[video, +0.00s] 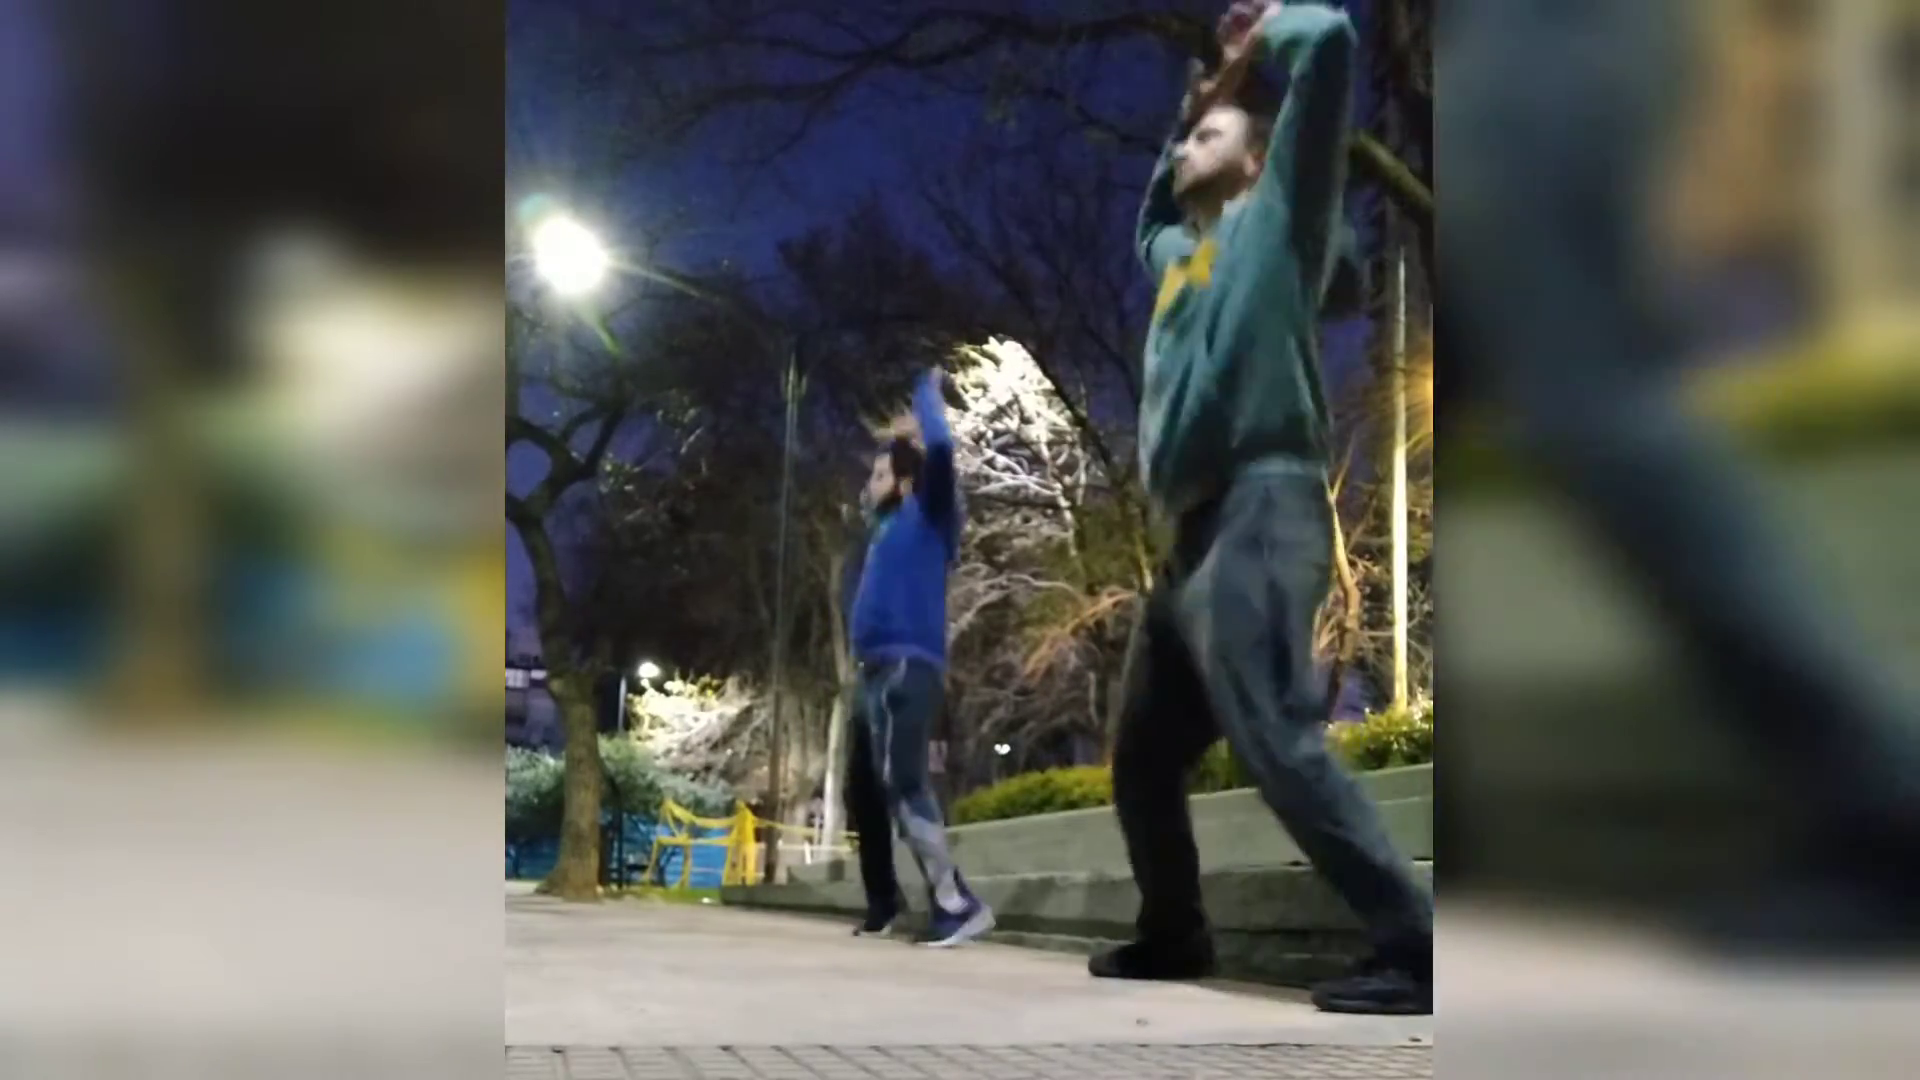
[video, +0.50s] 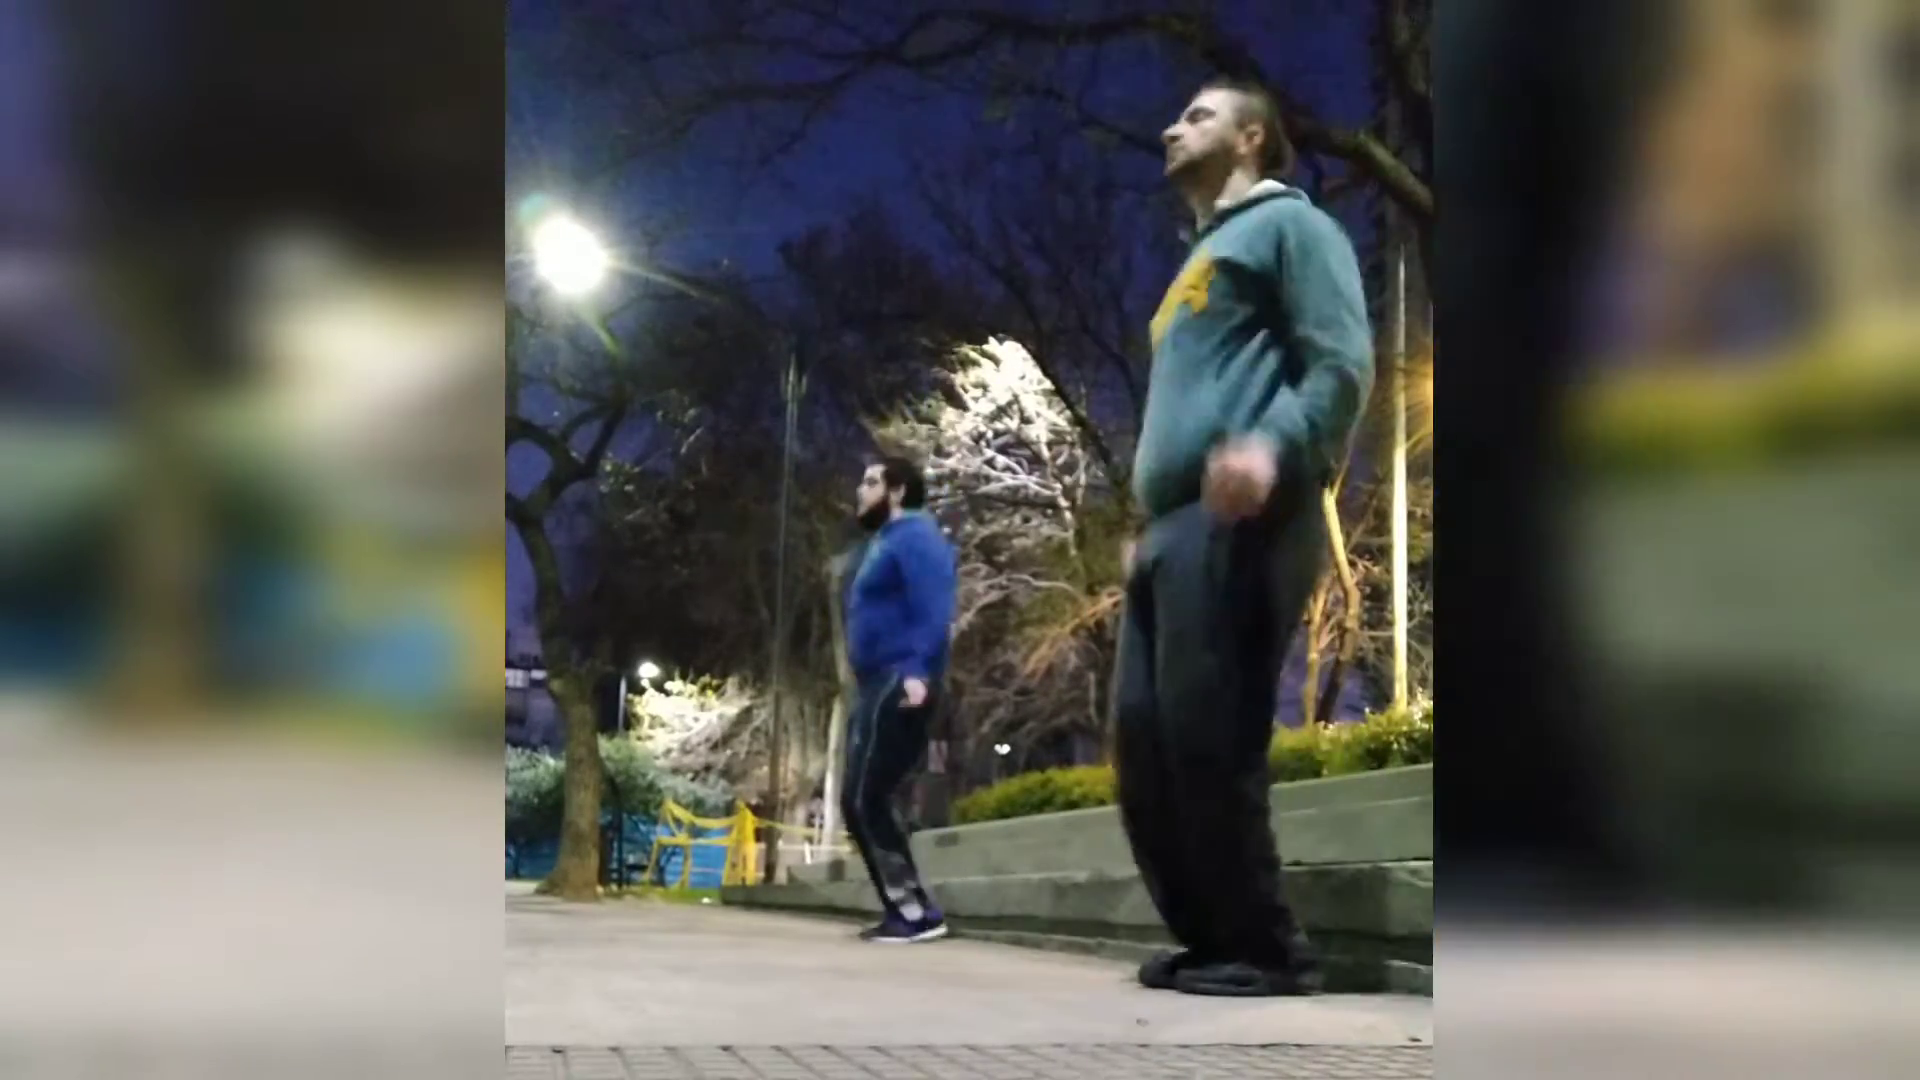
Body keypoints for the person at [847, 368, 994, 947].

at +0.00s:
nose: (874, 477)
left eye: (882, 469)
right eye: (875, 468)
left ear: (907, 474)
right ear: (890, 476)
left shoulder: (932, 517)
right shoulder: (882, 527)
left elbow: (940, 451)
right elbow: (871, 501)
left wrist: (928, 395)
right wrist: (885, 471)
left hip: (912, 661)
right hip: (871, 665)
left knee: (903, 782)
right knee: (864, 791)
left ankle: (955, 904)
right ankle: (883, 902)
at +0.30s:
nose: (869, 454)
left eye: (878, 445)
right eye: (870, 445)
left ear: (907, 453)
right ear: (892, 455)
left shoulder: (920, 486)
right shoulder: (884, 498)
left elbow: (945, 505)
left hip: (905, 626)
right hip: (874, 630)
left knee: (896, 756)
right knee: (871, 763)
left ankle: (934, 884)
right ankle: (892, 884)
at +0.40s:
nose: (863, 468)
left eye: (872, 459)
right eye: (865, 459)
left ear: (898, 467)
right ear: (892, 468)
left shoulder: (918, 507)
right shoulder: (878, 518)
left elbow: (938, 576)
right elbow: (875, 591)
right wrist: (861, 652)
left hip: (904, 651)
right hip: (873, 653)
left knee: (874, 772)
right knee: (862, 777)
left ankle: (909, 897)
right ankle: (894, 902)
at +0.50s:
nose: (860, 492)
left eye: (869, 483)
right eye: (862, 483)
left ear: (897, 490)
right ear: (892, 491)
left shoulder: (915, 535)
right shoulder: (885, 539)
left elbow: (932, 606)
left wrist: (918, 670)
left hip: (900, 680)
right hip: (876, 680)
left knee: (866, 796)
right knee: (860, 797)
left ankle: (911, 910)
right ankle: (902, 907)